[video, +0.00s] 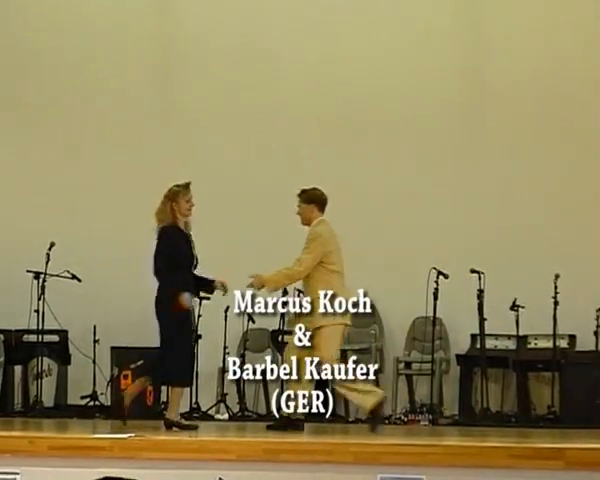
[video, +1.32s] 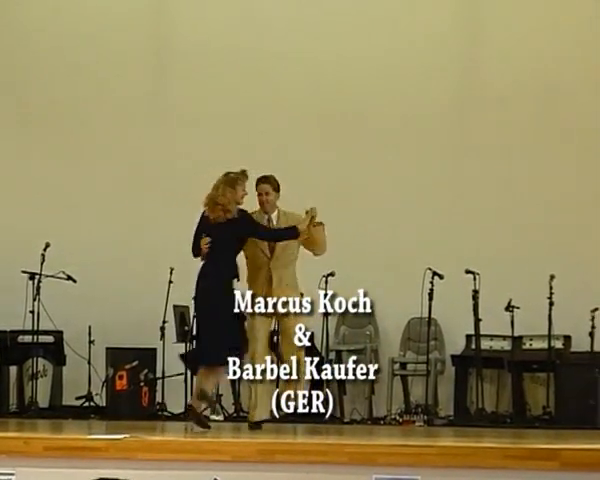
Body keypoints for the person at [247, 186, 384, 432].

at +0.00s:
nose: (297, 212)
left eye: (301, 207)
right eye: (298, 207)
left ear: (314, 208)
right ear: (314, 209)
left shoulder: (321, 232)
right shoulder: (317, 232)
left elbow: (300, 269)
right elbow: (299, 268)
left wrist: (266, 281)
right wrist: (268, 280)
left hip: (331, 312)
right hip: (314, 312)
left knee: (325, 365)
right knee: (294, 359)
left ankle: (373, 400)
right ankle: (295, 414)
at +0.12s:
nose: (282, 207)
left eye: (286, 203)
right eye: (283, 202)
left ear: (300, 204)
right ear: (297, 204)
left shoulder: (310, 229)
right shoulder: (301, 230)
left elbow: (292, 265)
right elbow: (287, 265)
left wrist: (258, 275)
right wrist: (258, 287)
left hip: (313, 306)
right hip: (303, 305)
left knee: (290, 357)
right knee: (294, 358)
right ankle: (291, 414)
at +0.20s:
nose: (275, 204)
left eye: (279, 200)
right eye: (275, 199)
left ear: (292, 202)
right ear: (289, 202)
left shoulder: (307, 225)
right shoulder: (288, 230)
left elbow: (291, 260)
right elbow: (266, 260)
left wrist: (256, 266)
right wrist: (232, 276)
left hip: (309, 299)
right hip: (296, 300)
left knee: (288, 348)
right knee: (293, 355)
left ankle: (290, 415)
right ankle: (290, 414)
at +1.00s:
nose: (256, 211)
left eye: (261, 206)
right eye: (255, 206)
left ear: (275, 208)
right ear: (257, 208)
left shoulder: (282, 235)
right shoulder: (261, 237)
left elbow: (263, 267)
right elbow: (254, 266)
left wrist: (229, 281)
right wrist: (228, 269)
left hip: (297, 308)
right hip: (272, 309)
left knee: (308, 360)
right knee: (261, 358)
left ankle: (327, 411)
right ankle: (266, 411)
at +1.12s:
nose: (252, 212)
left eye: (256, 207)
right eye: (250, 207)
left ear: (270, 208)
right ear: (250, 209)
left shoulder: (285, 236)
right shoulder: (249, 239)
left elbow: (289, 275)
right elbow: (244, 271)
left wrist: (257, 281)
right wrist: (223, 273)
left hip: (289, 310)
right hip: (263, 311)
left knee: (307, 359)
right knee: (261, 364)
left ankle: (328, 408)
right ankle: (261, 417)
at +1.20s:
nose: (256, 205)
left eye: (260, 200)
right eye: (253, 201)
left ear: (272, 201)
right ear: (251, 203)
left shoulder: (289, 230)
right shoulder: (245, 232)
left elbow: (310, 265)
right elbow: (232, 263)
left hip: (290, 304)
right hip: (260, 306)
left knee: (303, 356)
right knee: (260, 362)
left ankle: (318, 404)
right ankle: (261, 415)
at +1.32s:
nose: (262, 198)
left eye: (267, 193)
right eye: (259, 194)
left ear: (278, 195)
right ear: (256, 196)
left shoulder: (294, 221)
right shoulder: (247, 222)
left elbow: (318, 248)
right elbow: (229, 247)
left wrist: (315, 226)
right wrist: (204, 248)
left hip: (288, 295)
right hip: (257, 295)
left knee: (292, 351)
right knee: (257, 354)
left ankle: (294, 408)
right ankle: (258, 412)